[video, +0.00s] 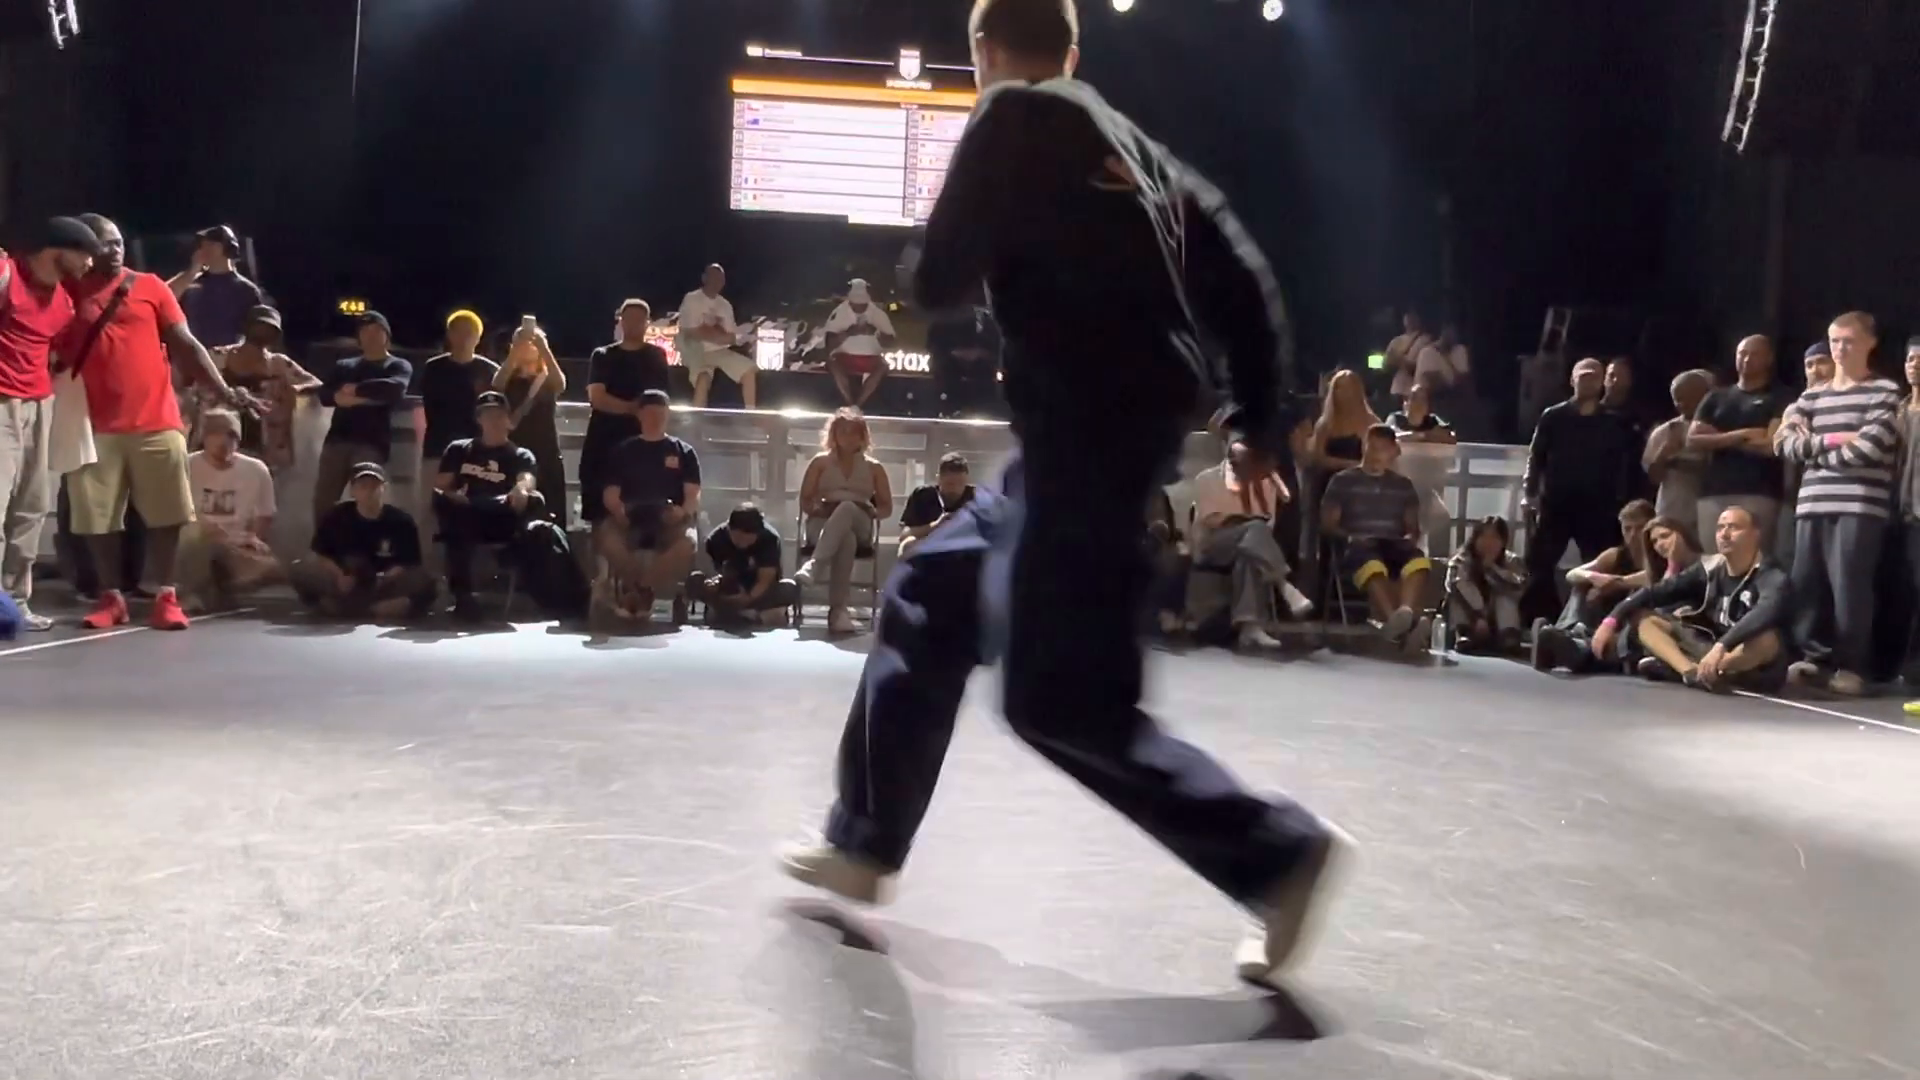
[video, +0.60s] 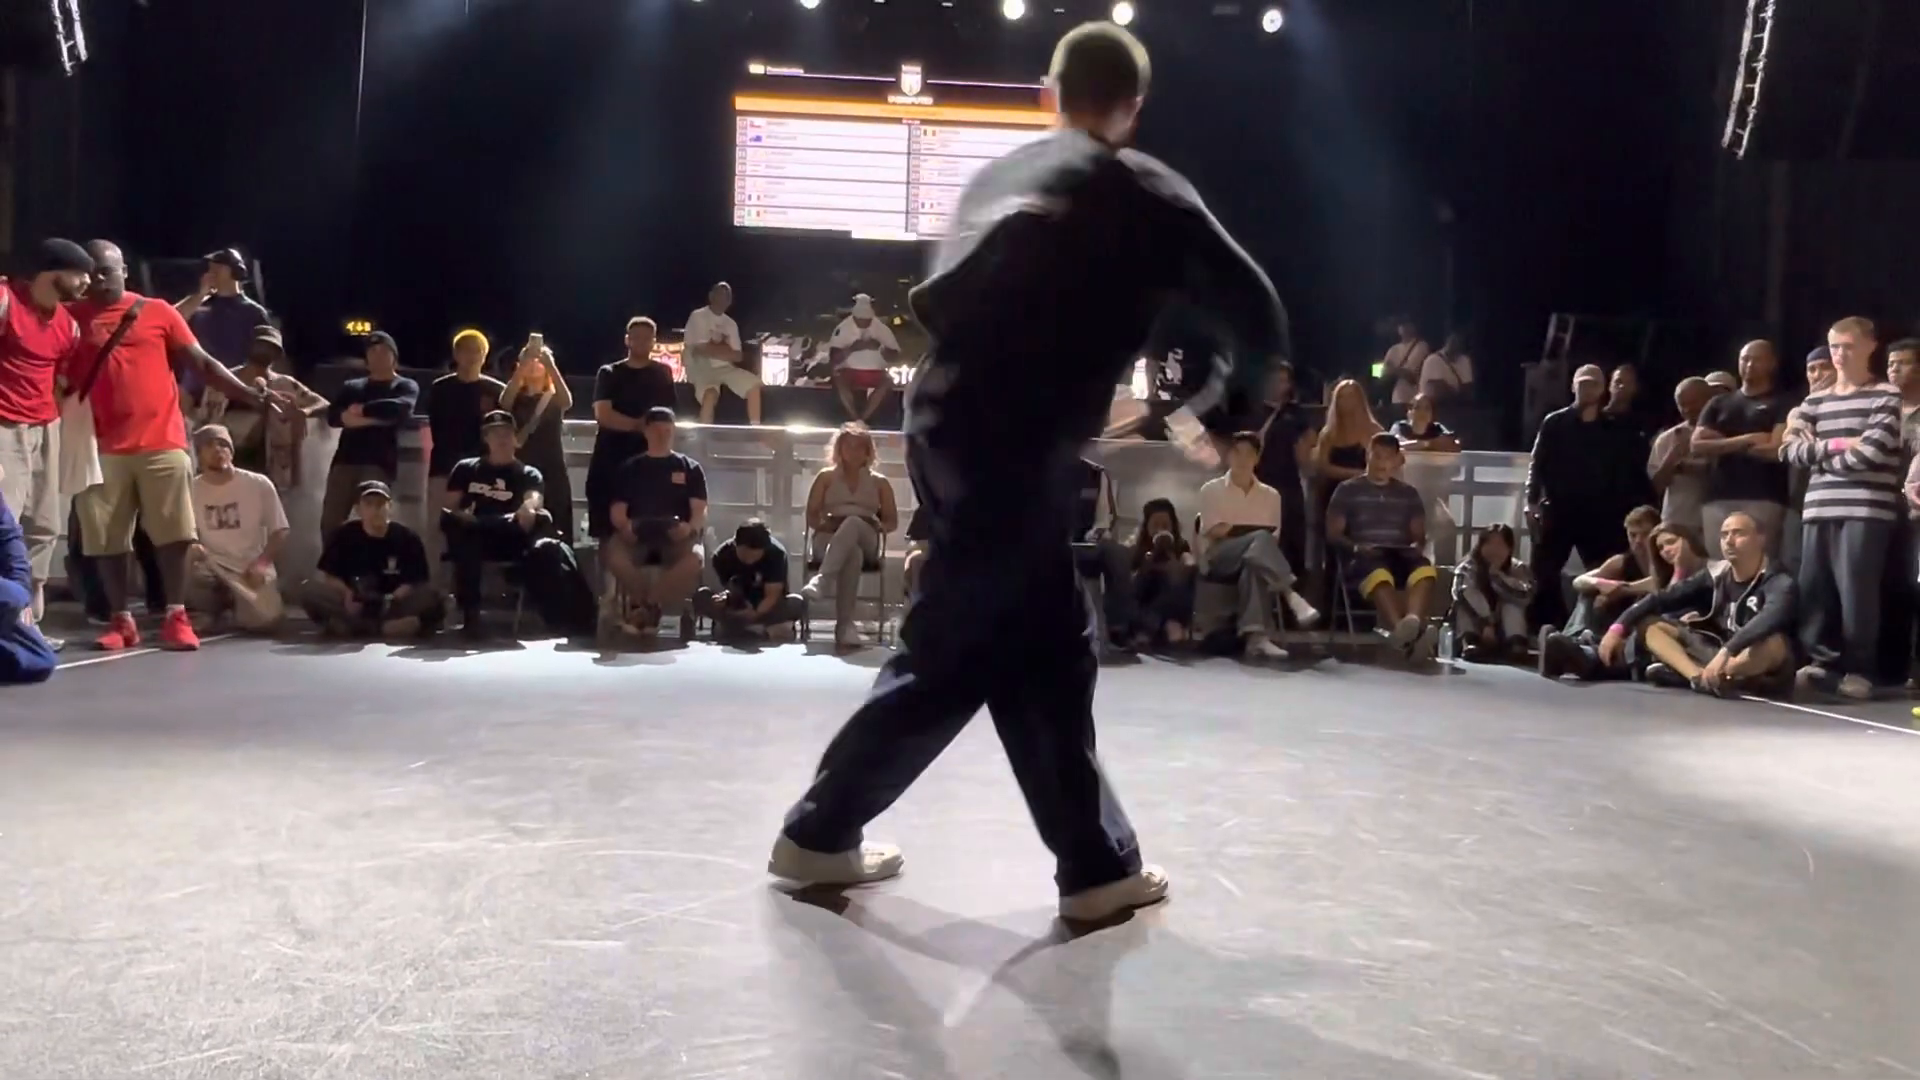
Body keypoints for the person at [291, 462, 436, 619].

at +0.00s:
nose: (368, 492)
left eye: (374, 486)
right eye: (363, 486)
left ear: (383, 489)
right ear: (353, 490)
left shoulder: (401, 520)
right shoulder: (336, 516)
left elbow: (410, 563)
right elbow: (320, 555)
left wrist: (384, 579)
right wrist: (339, 577)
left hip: (383, 582)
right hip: (345, 581)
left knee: (423, 581)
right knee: (301, 570)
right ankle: (374, 612)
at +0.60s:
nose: (375, 511)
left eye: (380, 505)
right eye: (369, 505)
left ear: (389, 507)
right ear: (359, 508)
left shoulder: (407, 538)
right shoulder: (343, 535)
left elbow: (416, 580)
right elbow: (328, 575)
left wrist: (390, 600)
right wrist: (346, 592)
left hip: (391, 600)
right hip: (354, 600)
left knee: (431, 597)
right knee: (309, 590)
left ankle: (355, 628)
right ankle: (381, 628)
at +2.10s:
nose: (395, 503)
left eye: (400, 496)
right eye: (389, 496)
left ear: (408, 499)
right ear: (379, 500)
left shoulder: (425, 529)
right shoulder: (363, 525)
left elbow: (434, 570)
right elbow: (346, 564)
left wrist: (408, 591)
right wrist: (365, 584)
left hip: (409, 590)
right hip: (372, 589)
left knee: (449, 589)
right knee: (328, 579)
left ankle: (372, 617)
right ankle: (398, 618)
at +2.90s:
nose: (405, 492)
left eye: (410, 486)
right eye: (399, 486)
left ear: (419, 490)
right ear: (389, 489)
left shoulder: (435, 519)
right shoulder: (374, 514)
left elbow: (446, 561)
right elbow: (352, 554)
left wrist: (419, 580)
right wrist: (374, 573)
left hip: (418, 581)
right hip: (380, 580)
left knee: (458, 582)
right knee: (336, 568)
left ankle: (381, 607)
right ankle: (409, 609)